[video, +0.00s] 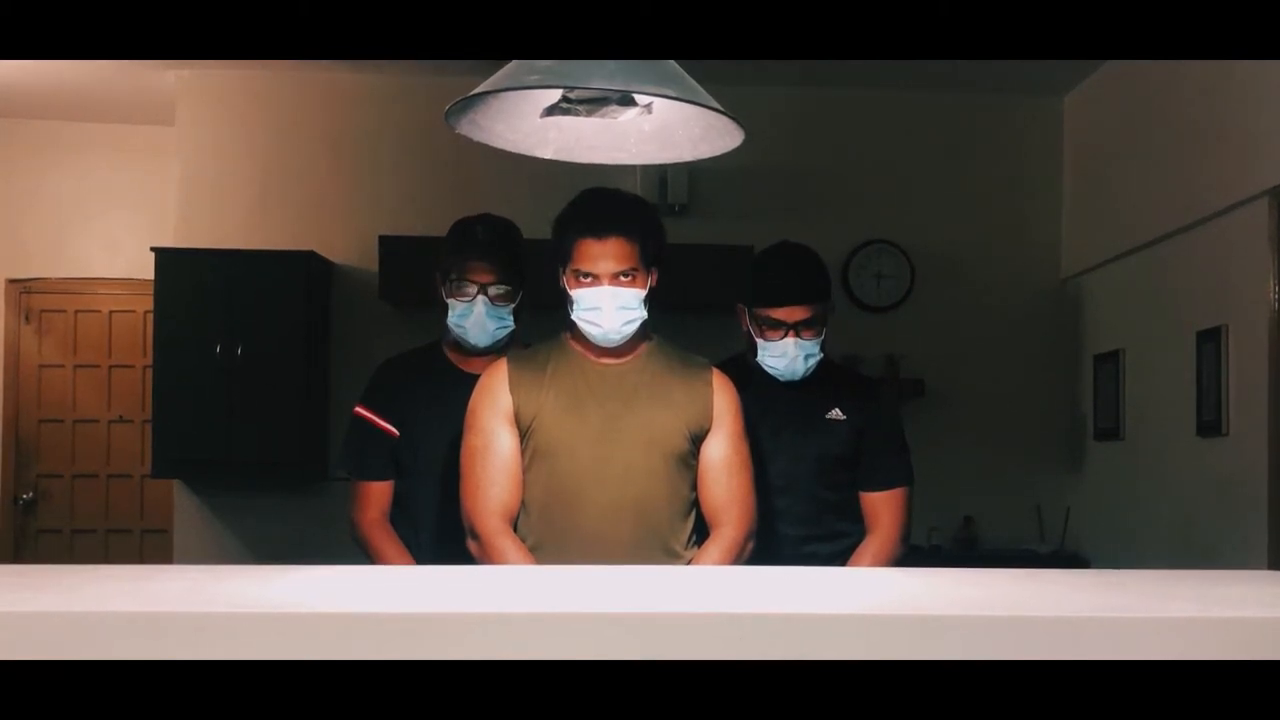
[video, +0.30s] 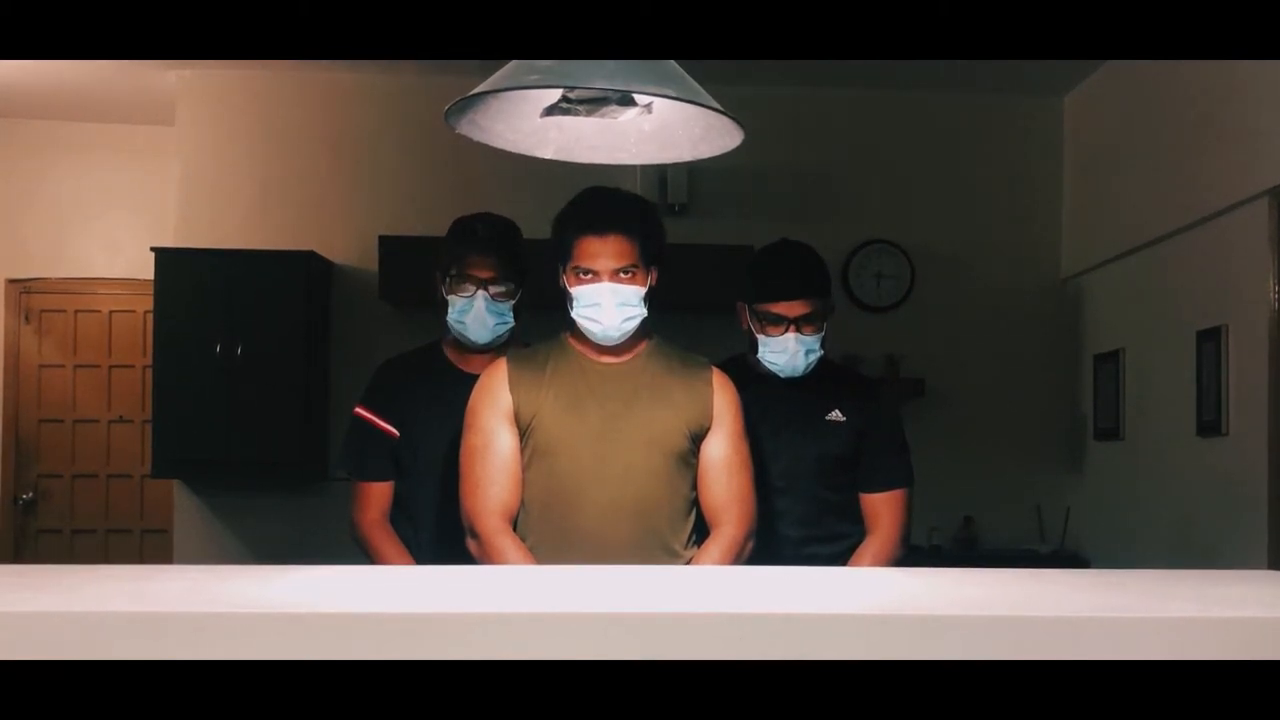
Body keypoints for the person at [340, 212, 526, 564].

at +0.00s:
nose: (480, 309)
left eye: (499, 293)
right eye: (463, 289)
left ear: (518, 297)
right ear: (442, 289)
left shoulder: (538, 385)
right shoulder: (399, 380)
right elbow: (369, 518)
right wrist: (422, 596)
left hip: (515, 592)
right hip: (427, 590)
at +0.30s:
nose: (481, 306)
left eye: (499, 290)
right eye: (464, 286)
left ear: (518, 294)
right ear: (443, 288)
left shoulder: (540, 384)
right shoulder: (400, 380)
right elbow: (370, 519)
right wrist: (423, 597)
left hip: (516, 593)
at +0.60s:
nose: (480, 300)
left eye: (499, 285)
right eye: (465, 281)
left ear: (517, 292)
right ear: (443, 284)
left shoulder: (539, 384)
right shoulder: (399, 380)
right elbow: (370, 519)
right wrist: (422, 597)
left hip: (516, 593)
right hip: (428, 591)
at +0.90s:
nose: (480, 294)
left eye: (497, 279)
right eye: (464, 276)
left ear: (517, 288)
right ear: (442, 282)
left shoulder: (539, 383)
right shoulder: (399, 380)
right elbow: (370, 520)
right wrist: (423, 598)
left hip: (517, 593)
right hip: (428, 592)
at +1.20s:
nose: (480, 289)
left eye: (497, 275)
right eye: (464, 272)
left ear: (517, 285)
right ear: (442, 279)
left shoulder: (540, 383)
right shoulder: (398, 380)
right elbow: (370, 520)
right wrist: (423, 598)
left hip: (518, 594)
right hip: (428, 593)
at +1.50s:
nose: (479, 284)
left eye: (496, 270)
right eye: (463, 267)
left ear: (515, 283)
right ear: (442, 277)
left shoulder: (540, 382)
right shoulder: (397, 380)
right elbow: (369, 520)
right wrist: (422, 598)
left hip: (518, 593)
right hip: (427, 592)